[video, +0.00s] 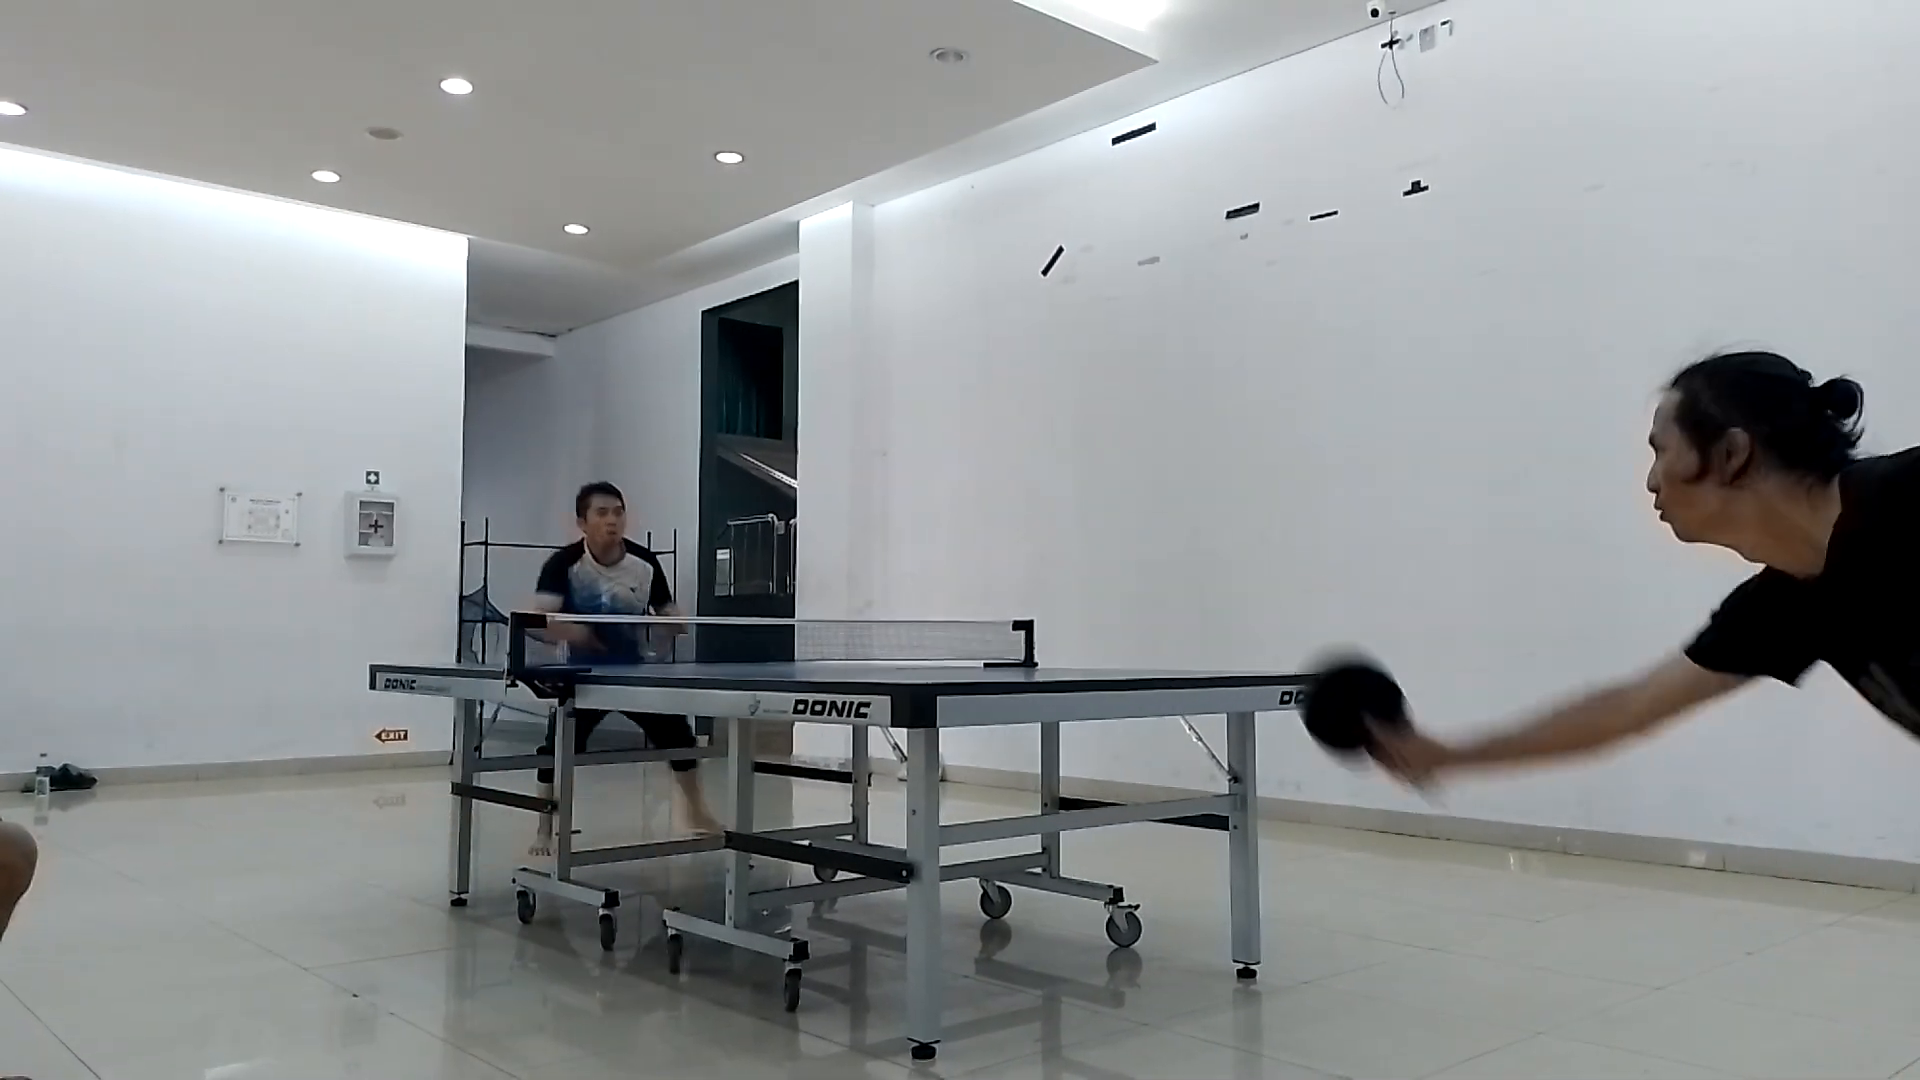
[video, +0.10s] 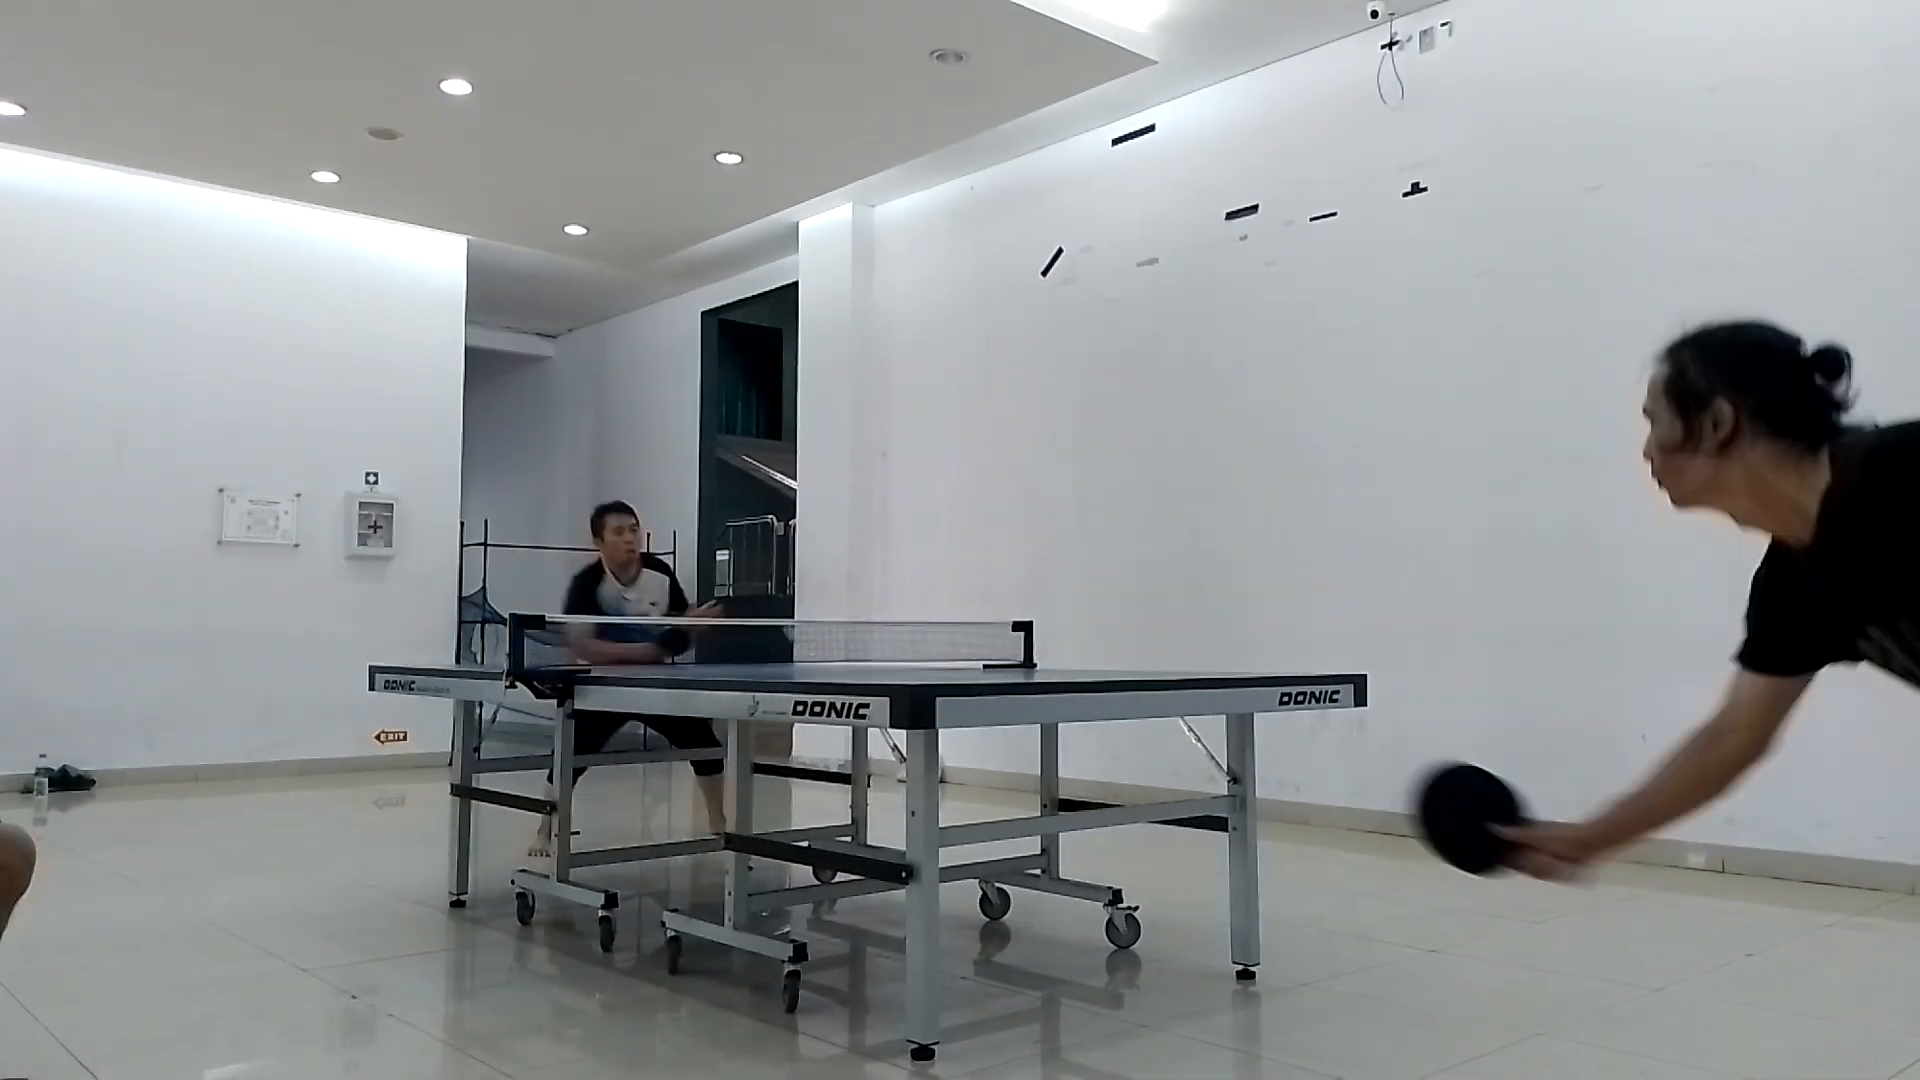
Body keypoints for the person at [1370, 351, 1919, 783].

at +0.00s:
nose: (1649, 484)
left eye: (1660, 451)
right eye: (1651, 455)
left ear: (1732, 456)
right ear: (1730, 459)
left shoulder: (1908, 500)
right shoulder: (1793, 600)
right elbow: (1628, 708)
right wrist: (1444, 753)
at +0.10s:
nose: (1647, 451)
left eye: (1655, 423)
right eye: (1649, 425)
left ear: (1719, 423)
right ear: (1719, 423)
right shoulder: (1798, 581)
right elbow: (1738, 734)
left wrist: (1591, 838)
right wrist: (1590, 839)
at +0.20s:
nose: (1644, 384)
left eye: (1651, 355)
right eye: (1643, 357)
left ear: (1709, 353)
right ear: (1710, 354)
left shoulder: (1891, 421)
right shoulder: (1797, 501)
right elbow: (1850, 678)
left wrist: (1727, 819)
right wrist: (1727, 818)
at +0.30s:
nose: (1642, 309)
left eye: (1650, 280)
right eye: (1643, 285)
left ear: (1703, 279)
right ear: (1709, 282)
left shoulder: (1849, 372)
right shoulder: (1797, 407)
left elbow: (1906, 596)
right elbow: (1902, 595)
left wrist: (1825, 743)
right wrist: (1822, 744)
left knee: (1917, 969)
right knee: (1916, 969)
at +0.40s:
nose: (1645, 287)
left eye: (1650, 256)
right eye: (1644, 262)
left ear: (1703, 246)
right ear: (1720, 245)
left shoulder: (1826, 342)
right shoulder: (1799, 353)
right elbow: (1909, 564)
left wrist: (1892, 673)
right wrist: (1840, 699)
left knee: (1873, 954)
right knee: (1873, 953)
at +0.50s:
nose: (1638, 283)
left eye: (1641, 254)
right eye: (1635, 259)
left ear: (1698, 243)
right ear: (1715, 242)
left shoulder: (1804, 331)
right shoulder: (1796, 342)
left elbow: (1919, 478)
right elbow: (1889, 542)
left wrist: (1802, 659)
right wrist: (1785, 683)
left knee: (1803, 935)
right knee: (1808, 936)